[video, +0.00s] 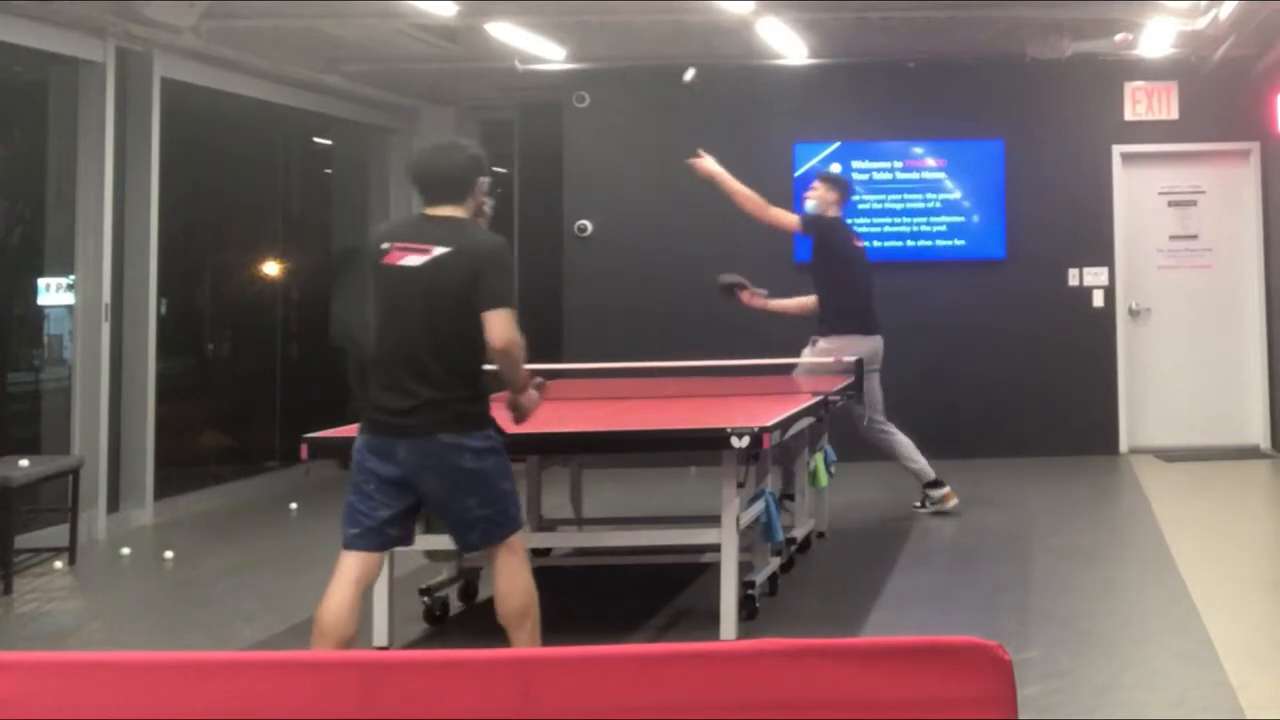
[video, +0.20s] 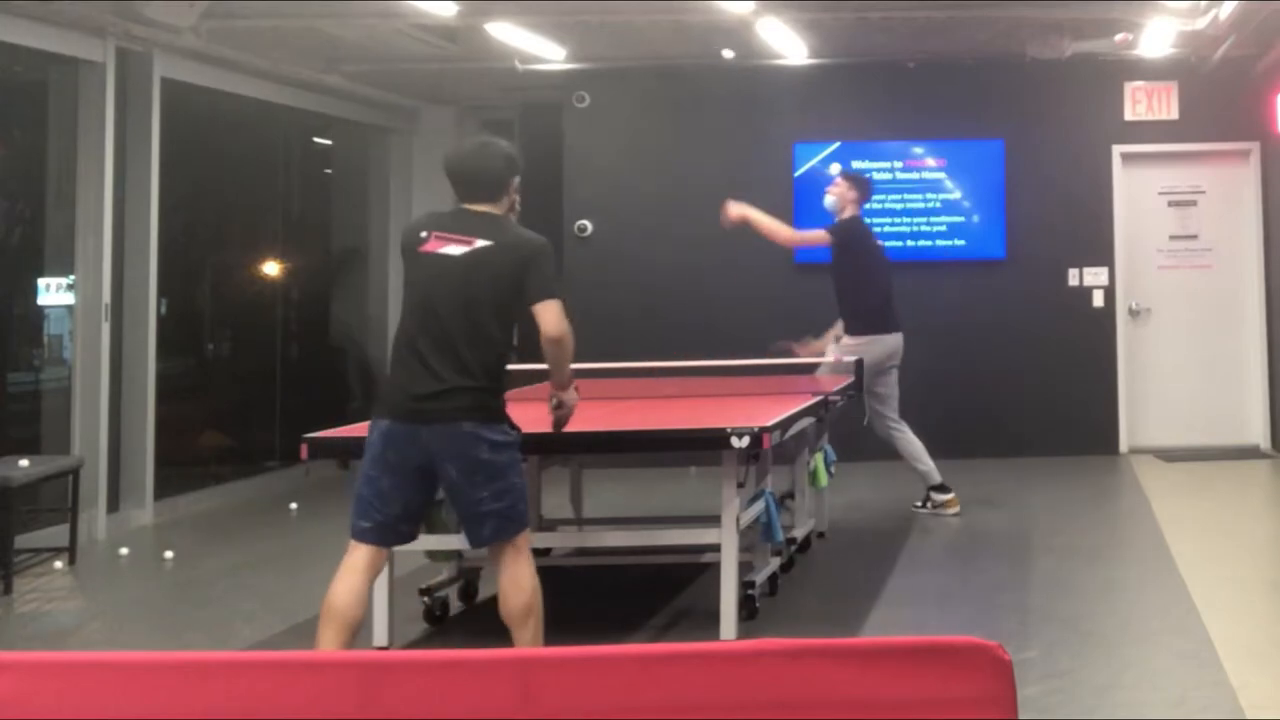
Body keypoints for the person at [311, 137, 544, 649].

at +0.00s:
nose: (487, 192)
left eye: (485, 183)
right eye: (484, 183)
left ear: (422, 188)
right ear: (473, 188)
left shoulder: (387, 242)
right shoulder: (485, 248)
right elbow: (502, 341)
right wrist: (520, 388)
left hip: (382, 434)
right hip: (456, 435)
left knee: (354, 566)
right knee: (507, 549)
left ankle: (314, 692)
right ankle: (532, 677)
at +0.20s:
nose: (518, 188)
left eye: (517, 182)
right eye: (517, 182)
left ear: (456, 186)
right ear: (512, 188)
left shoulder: (420, 233)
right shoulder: (527, 248)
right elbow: (554, 331)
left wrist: (501, 218)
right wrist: (560, 383)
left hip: (399, 416)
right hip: (473, 422)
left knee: (365, 551)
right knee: (512, 548)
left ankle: (319, 681)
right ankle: (534, 680)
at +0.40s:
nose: (503, 199)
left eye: (501, 192)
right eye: (503, 192)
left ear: (442, 193)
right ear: (497, 195)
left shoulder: (405, 240)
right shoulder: (512, 252)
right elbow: (545, 337)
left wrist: (485, 228)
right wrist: (559, 383)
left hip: (386, 423)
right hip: (462, 428)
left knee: (344, 561)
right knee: (508, 550)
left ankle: (299, 690)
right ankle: (533, 682)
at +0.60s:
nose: (460, 198)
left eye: (458, 189)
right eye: (459, 190)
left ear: (395, 194)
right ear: (448, 194)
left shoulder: (349, 245)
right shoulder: (458, 252)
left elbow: (364, 330)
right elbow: (477, 339)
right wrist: (510, 380)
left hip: (345, 429)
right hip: (419, 432)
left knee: (317, 568)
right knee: (473, 560)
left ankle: (284, 700)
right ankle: (524, 679)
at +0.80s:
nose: (451, 201)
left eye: (449, 192)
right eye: (449, 192)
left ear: (385, 194)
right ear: (437, 196)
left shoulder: (336, 246)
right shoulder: (436, 251)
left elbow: (293, 332)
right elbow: (453, 339)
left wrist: (349, 328)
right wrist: (492, 372)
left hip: (328, 431)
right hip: (398, 433)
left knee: (313, 565)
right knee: (458, 542)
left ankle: (285, 694)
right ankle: (469, 679)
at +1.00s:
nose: (465, 223)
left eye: (466, 216)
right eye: (466, 216)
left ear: (403, 213)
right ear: (456, 217)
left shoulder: (349, 255)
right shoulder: (453, 268)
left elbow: (300, 336)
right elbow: (487, 358)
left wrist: (357, 353)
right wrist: (513, 382)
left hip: (319, 429)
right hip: (388, 433)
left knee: (311, 549)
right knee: (449, 550)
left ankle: (280, 671)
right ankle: (455, 681)